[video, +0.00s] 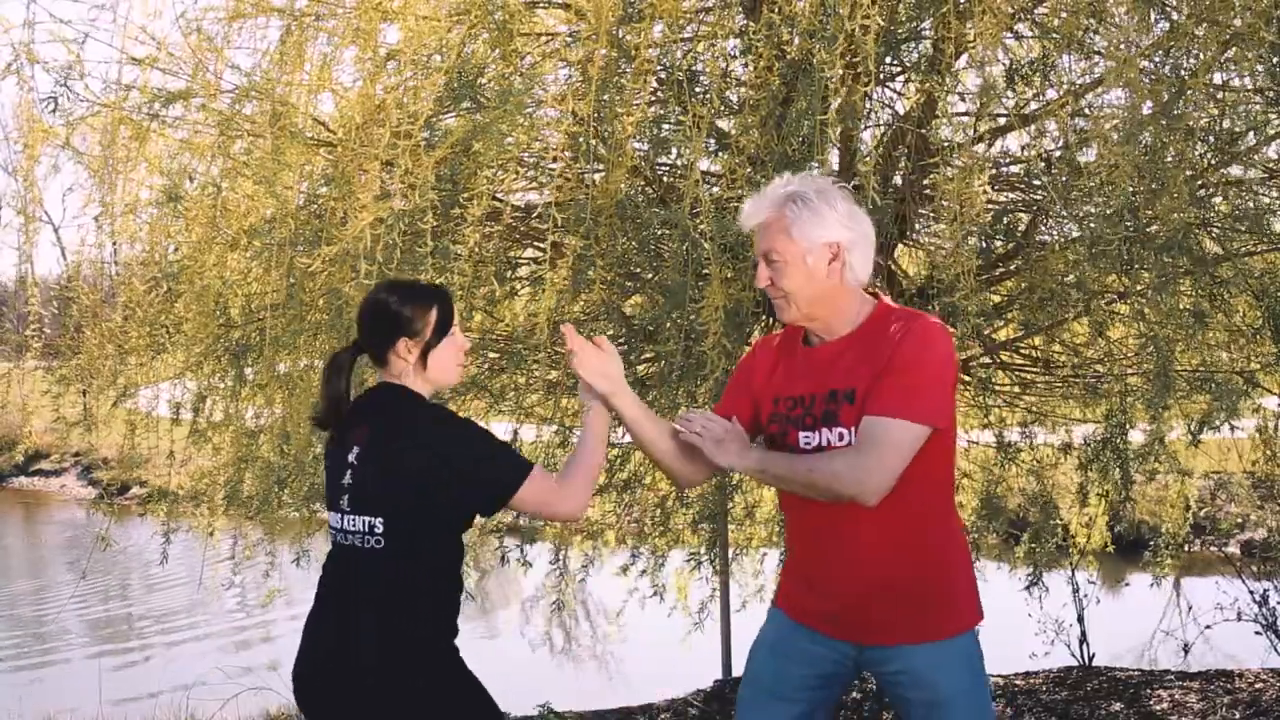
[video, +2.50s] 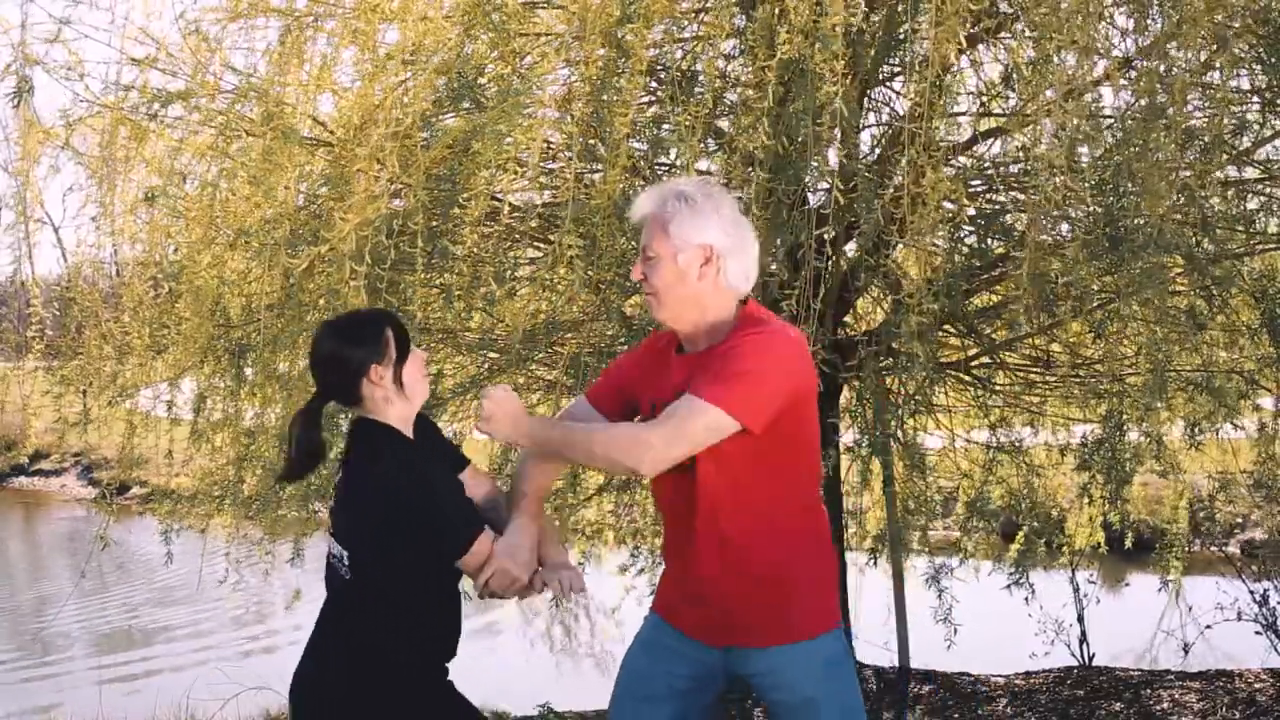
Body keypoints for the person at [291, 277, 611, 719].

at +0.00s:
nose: (465, 343)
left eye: (459, 329)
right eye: (452, 332)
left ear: (402, 351)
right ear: (409, 350)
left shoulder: (350, 422)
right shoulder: (441, 435)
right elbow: (570, 501)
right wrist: (599, 402)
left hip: (325, 671)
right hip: (412, 675)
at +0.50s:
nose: (433, 363)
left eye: (428, 352)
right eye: (422, 352)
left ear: (373, 364)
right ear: (379, 364)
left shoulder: (315, 440)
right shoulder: (414, 454)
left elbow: (381, 512)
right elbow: (554, 464)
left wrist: (443, 442)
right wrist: (606, 378)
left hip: (299, 685)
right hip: (390, 690)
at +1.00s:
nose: (421, 374)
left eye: (415, 362)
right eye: (409, 363)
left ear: (359, 378)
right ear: (366, 377)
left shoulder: (300, 455)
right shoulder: (415, 461)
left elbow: (371, 515)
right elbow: (541, 512)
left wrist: (426, 446)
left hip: (306, 695)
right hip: (402, 695)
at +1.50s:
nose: (441, 373)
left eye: (433, 363)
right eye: (430, 365)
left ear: (389, 389)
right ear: (393, 387)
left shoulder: (362, 460)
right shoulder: (445, 473)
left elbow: (499, 492)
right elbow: (548, 568)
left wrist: (524, 413)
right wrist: (598, 615)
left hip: (334, 694)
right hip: (420, 698)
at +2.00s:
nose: (430, 360)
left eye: (423, 346)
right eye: (419, 347)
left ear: (379, 360)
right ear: (381, 359)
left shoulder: (415, 419)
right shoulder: (408, 465)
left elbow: (516, 464)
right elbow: (530, 522)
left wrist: (574, 492)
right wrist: (568, 497)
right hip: (418, 693)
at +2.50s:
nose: (422, 355)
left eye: (412, 345)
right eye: (408, 349)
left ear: (377, 380)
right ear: (380, 376)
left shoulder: (406, 425)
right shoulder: (405, 469)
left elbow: (487, 494)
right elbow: (491, 567)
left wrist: (551, 553)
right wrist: (541, 575)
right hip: (394, 697)